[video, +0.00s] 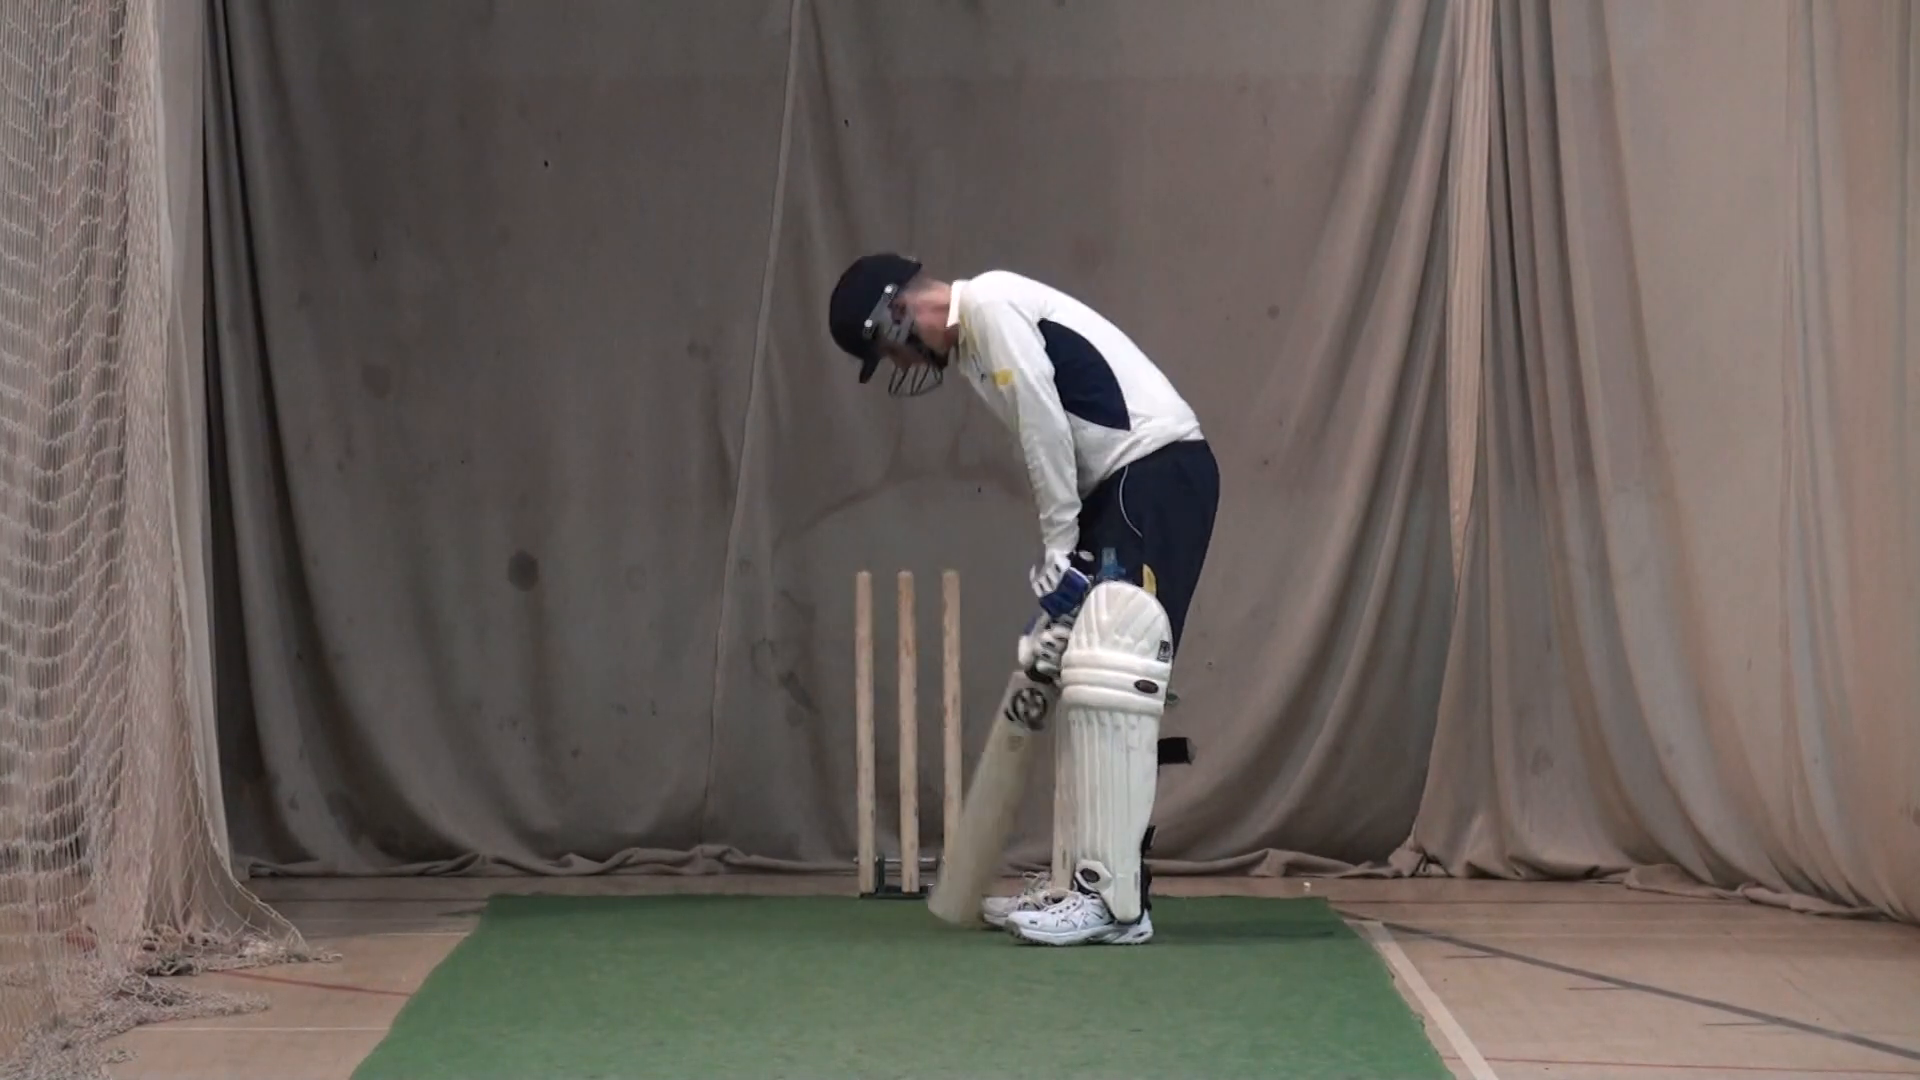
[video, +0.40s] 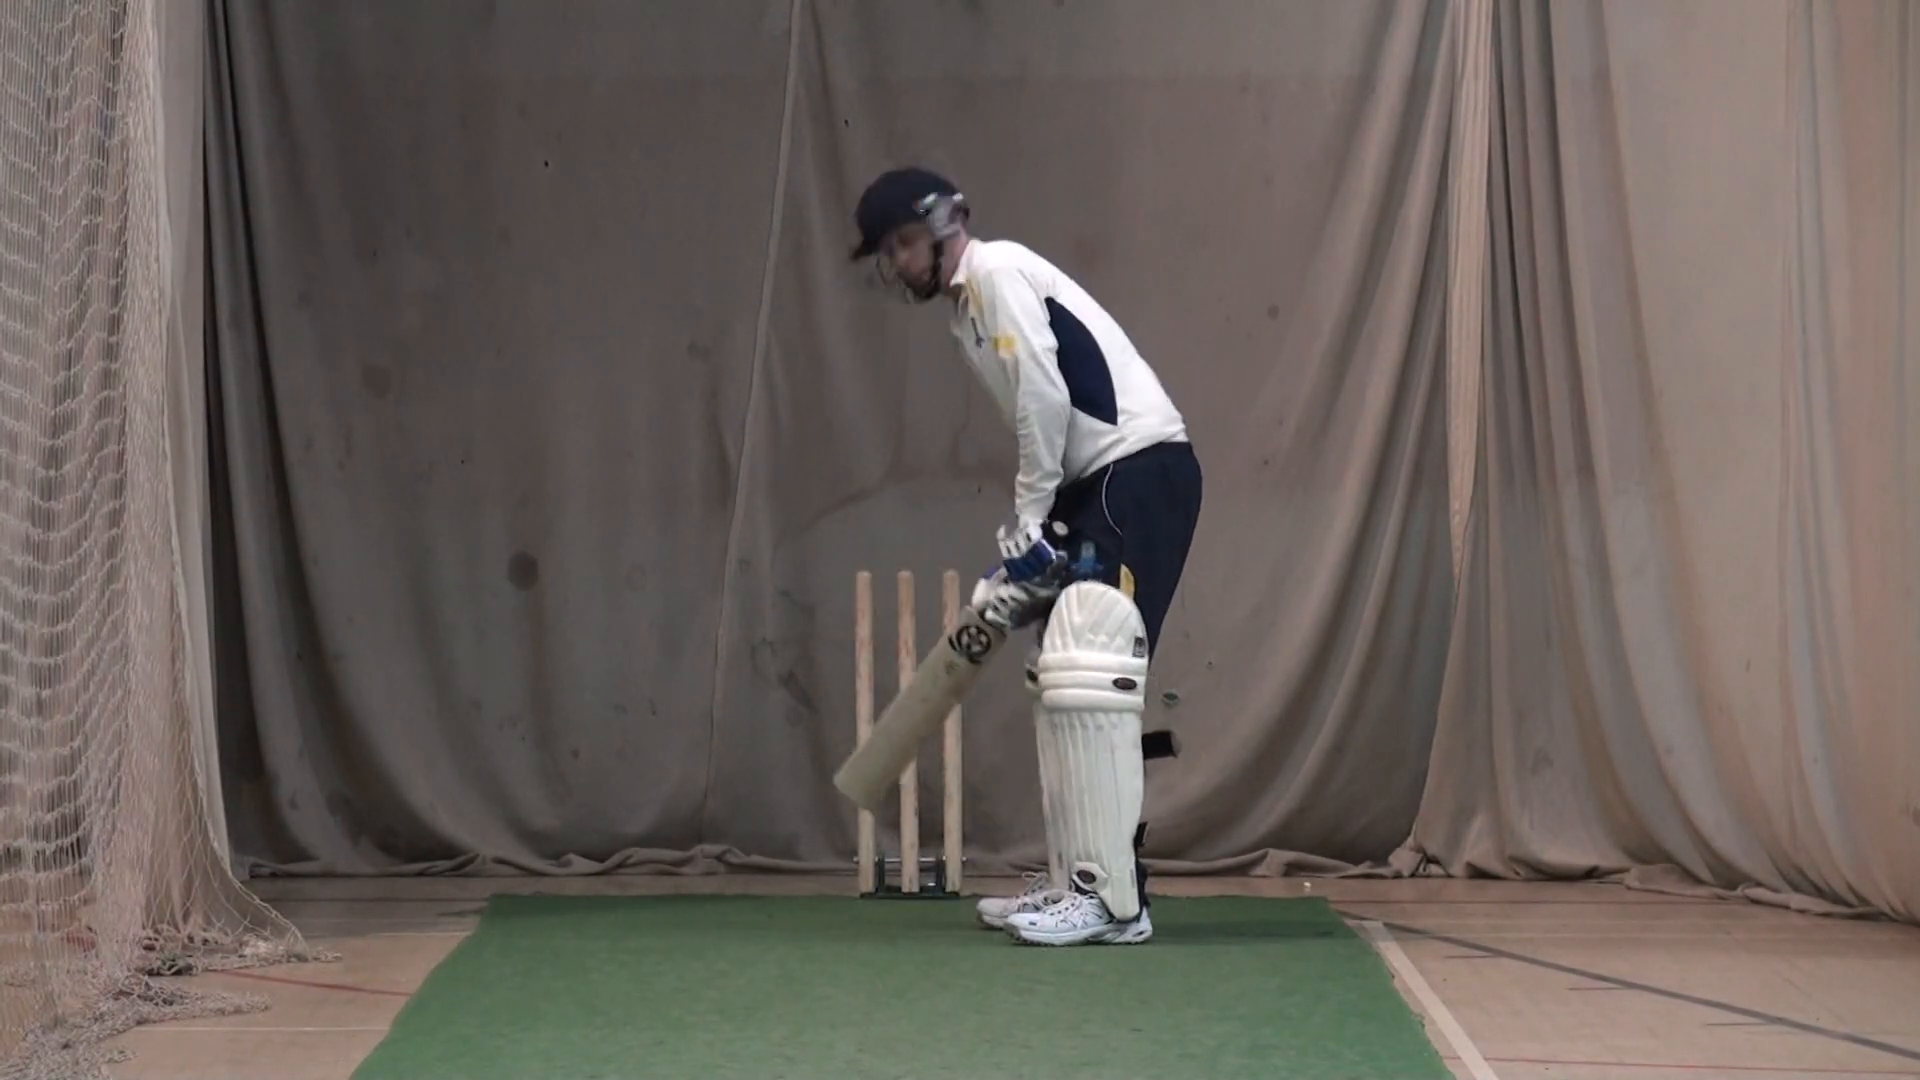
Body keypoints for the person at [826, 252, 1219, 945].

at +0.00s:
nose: (903, 360)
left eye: (892, 344)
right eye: (890, 353)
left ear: (904, 307)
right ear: (907, 306)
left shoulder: (989, 307)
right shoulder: (979, 328)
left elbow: (1047, 436)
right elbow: (1052, 447)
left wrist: (1060, 550)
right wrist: (1058, 583)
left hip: (1157, 472)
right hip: (1122, 483)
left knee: (1117, 683)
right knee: (1097, 681)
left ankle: (1113, 897)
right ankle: (1096, 886)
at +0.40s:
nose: (895, 267)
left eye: (902, 246)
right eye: (885, 254)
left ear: (947, 226)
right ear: (890, 256)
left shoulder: (994, 274)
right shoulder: (971, 305)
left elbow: (1044, 401)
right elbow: (1037, 430)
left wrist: (1029, 524)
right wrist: (1023, 563)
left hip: (1140, 472)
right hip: (1100, 481)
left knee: (1097, 681)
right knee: (1069, 681)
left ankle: (1112, 896)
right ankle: (1079, 883)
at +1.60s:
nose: (993, 181)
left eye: (1010, 164)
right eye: (979, 165)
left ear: (1037, 168)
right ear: (961, 173)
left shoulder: (1054, 241)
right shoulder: (995, 269)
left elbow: (1082, 377)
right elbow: (1042, 404)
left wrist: (1036, 496)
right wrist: (1012, 515)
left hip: (1131, 473)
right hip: (1083, 480)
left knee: (1097, 678)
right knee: (1056, 675)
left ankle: (1113, 896)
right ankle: (1079, 882)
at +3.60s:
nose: (967, 198)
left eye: (982, 182)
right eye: (952, 186)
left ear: (1013, 183)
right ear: (936, 195)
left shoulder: (1030, 243)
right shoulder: (992, 277)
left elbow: (1065, 377)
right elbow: (1043, 408)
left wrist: (1034, 488)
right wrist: (1011, 517)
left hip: (1126, 470)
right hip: (1080, 480)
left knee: (1082, 672)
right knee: (1037, 672)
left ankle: (1112, 898)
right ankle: (1076, 881)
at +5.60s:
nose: (957, 222)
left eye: (971, 205)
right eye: (940, 209)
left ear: (997, 206)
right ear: (920, 217)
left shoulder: (1020, 266)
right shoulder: (962, 293)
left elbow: (1000, 391)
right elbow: (1018, 404)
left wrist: (950, 469)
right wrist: (952, 454)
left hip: (1141, 474)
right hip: (1083, 490)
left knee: (1094, 677)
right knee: (1037, 676)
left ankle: (1123, 898)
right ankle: (1076, 883)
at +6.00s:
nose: (941, 242)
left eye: (954, 225)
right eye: (924, 229)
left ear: (978, 226)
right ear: (903, 239)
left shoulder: (1002, 289)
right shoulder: (951, 312)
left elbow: (1001, 411)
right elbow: (1011, 413)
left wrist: (954, 489)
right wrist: (950, 446)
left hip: (1115, 494)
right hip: (1060, 506)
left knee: (1055, 674)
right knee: (991, 687)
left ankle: (1067, 896)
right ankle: (1079, 878)